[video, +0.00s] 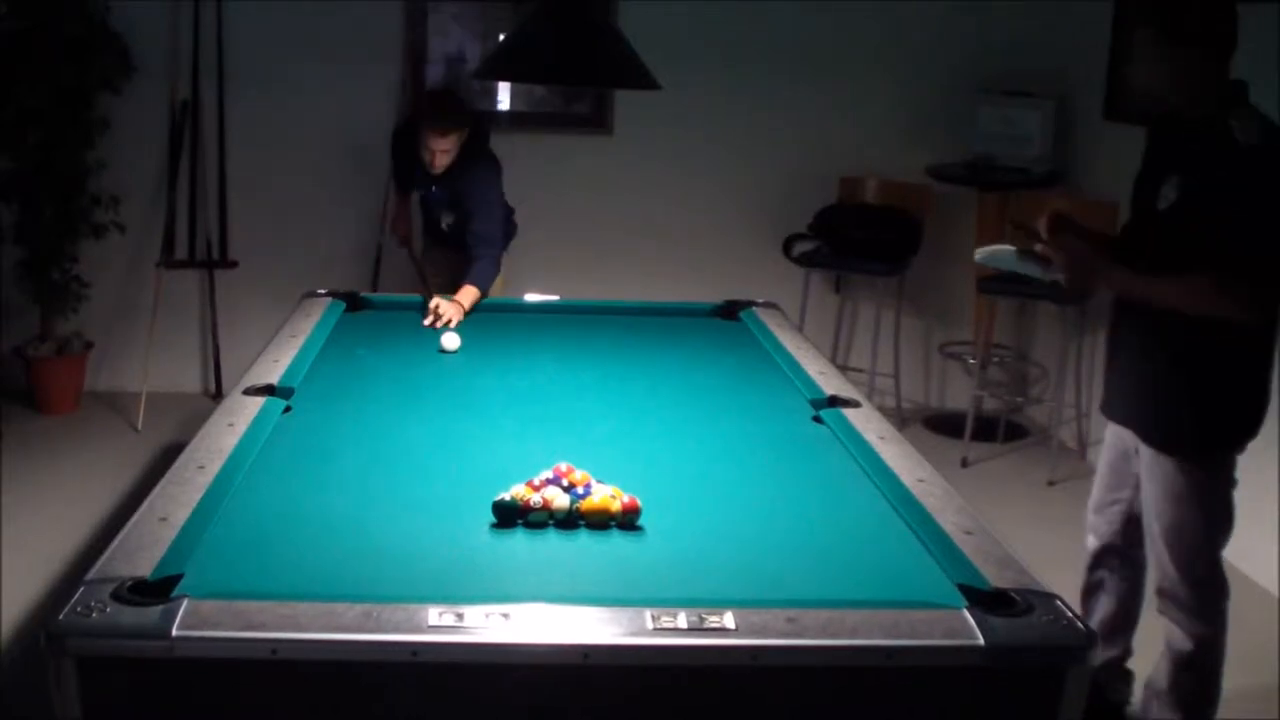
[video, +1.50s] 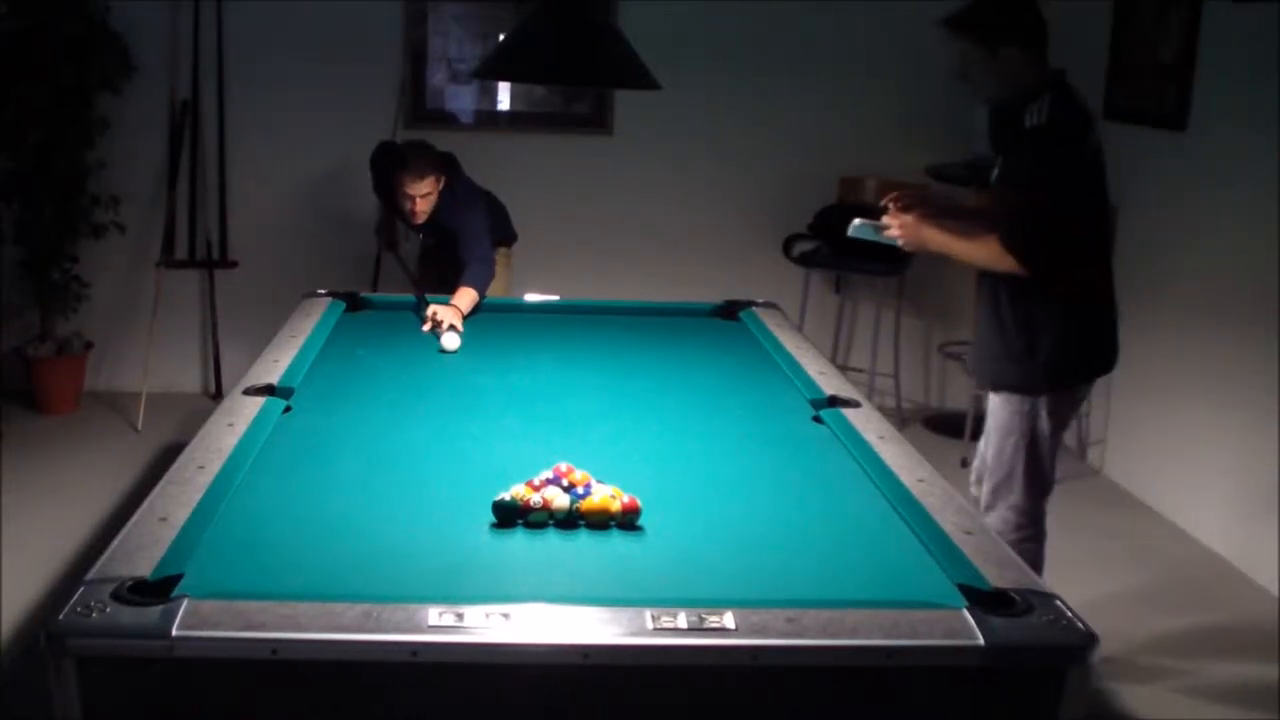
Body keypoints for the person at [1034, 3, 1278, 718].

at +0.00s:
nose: (1133, 70)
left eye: (1146, 51)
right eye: (1134, 51)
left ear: (1192, 56)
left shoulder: (1252, 152)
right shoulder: (1172, 139)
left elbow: (1239, 295)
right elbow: (1158, 256)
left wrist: (1109, 274)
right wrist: (1089, 248)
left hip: (1196, 408)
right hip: (1135, 389)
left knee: (1185, 588)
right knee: (1109, 548)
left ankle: (1177, 708)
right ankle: (1098, 675)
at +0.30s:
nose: (1099, 70)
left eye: (1112, 52)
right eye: (1103, 52)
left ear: (1149, 56)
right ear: (1160, 54)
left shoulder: (1189, 143)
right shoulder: (1156, 131)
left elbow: (1158, 278)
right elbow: (1131, 237)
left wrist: (1049, 254)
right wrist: (1051, 218)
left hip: (1156, 389)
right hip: (1118, 377)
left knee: (1146, 562)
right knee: (1093, 535)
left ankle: (1162, 708)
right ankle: (1097, 667)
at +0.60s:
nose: (1072, 67)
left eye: (1080, 52)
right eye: (1072, 52)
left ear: (1110, 54)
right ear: (1139, 49)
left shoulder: (1139, 125)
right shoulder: (1157, 119)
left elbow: (1119, 261)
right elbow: (1106, 219)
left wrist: (1016, 238)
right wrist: (1023, 206)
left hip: (1112, 373)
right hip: (1143, 369)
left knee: (1062, 528)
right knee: (1111, 524)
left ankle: (1082, 682)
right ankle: (1104, 672)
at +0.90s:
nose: (1034, 75)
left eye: (1042, 59)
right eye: (1032, 60)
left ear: (1075, 60)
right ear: (1100, 58)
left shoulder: (1096, 133)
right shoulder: (1128, 127)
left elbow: (1081, 263)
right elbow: (1077, 224)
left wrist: (990, 242)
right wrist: (991, 215)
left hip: (1078, 373)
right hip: (1127, 370)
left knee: (1019, 527)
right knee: (1102, 526)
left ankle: (1004, 673)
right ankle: (1103, 665)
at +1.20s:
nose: (985, 75)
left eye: (994, 59)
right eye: (985, 60)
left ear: (1029, 57)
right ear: (1045, 53)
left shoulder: (1063, 128)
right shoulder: (1059, 118)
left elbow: (1039, 266)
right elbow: (1030, 223)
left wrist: (946, 243)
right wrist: (952, 208)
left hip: (1046, 360)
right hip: (1049, 353)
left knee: (1008, 517)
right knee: (1023, 507)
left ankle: (1055, 644)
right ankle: (1067, 630)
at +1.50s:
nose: (966, 76)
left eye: (973, 61)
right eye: (964, 62)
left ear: (1009, 55)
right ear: (1017, 56)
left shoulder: (1048, 120)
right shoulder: (1027, 113)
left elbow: (1026, 253)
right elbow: (1009, 216)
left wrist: (931, 238)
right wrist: (935, 214)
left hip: (1043, 355)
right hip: (1020, 347)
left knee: (1010, 515)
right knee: (988, 493)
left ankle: (1010, 638)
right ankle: (987, 627)